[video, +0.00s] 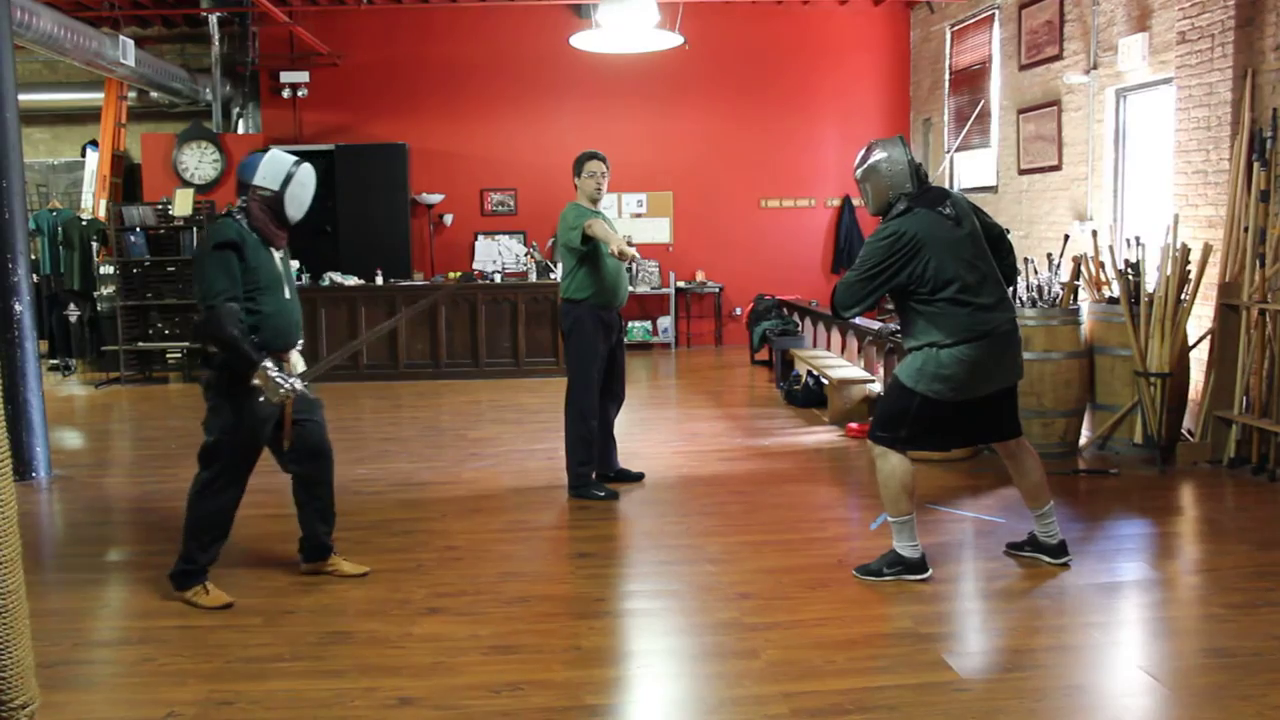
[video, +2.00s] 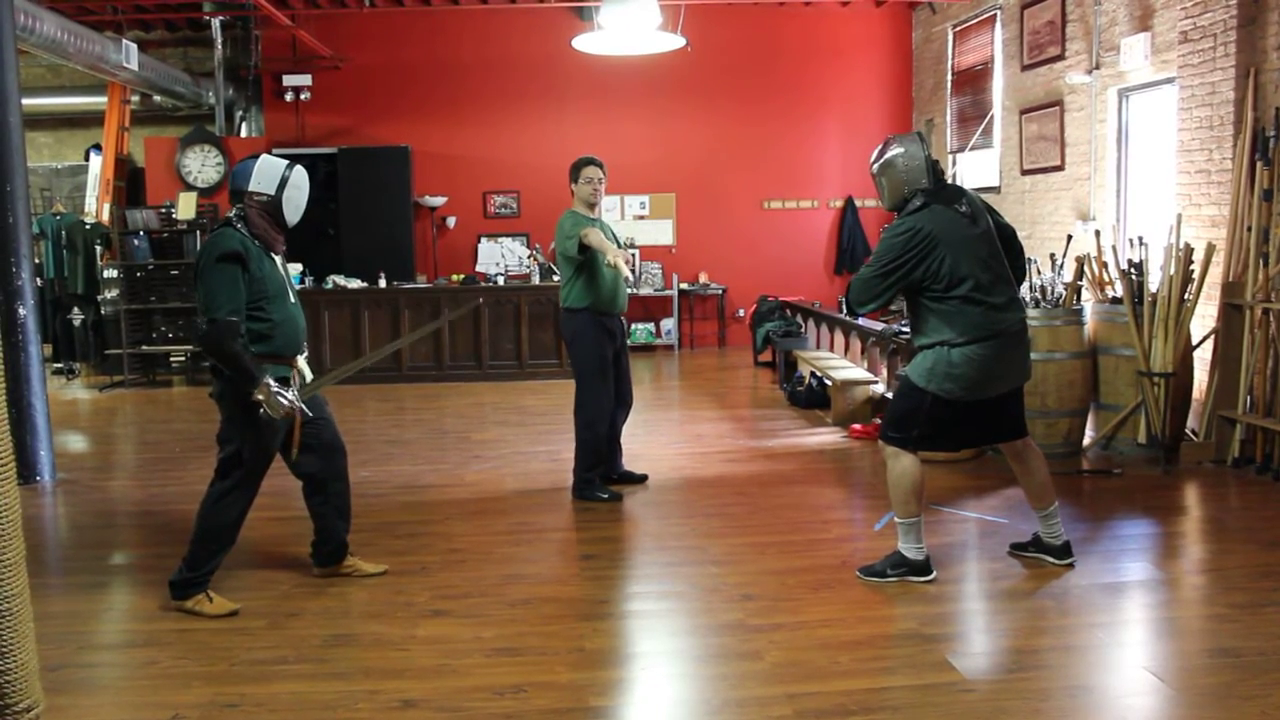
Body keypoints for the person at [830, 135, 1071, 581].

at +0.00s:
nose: (863, 198)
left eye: (865, 188)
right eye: (862, 188)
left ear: (883, 185)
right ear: (911, 177)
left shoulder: (895, 233)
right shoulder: (957, 205)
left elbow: (843, 302)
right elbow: (1003, 249)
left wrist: (882, 275)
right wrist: (992, 297)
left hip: (945, 355)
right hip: (1001, 346)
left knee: (886, 438)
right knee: (1009, 438)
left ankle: (907, 553)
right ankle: (1050, 538)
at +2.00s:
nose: (881, 193)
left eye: (882, 182)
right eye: (880, 183)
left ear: (899, 179)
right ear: (928, 172)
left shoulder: (910, 228)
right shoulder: (974, 206)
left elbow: (859, 296)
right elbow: (1016, 259)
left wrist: (888, 277)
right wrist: (992, 298)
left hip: (954, 356)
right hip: (1009, 348)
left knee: (898, 439)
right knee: (1016, 440)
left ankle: (911, 554)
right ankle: (1054, 539)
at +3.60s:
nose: (876, 182)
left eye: (877, 172)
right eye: (874, 173)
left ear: (893, 171)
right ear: (924, 164)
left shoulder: (906, 220)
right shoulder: (968, 201)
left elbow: (853, 289)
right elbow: (1009, 250)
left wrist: (893, 265)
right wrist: (995, 296)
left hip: (945, 348)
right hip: (998, 340)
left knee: (897, 441)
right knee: (982, 437)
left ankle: (912, 554)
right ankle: (1022, 538)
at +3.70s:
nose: (878, 183)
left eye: (880, 172)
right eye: (877, 173)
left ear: (897, 170)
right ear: (925, 165)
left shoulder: (910, 220)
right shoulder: (972, 203)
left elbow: (857, 290)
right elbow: (1010, 252)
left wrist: (893, 266)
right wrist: (994, 297)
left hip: (947, 351)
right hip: (999, 345)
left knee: (897, 440)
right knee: (982, 437)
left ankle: (912, 554)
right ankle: (1022, 538)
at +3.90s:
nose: (880, 184)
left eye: (883, 173)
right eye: (880, 174)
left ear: (899, 173)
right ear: (928, 167)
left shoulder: (911, 222)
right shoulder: (972, 204)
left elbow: (858, 291)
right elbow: (1010, 251)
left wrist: (895, 267)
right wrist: (994, 299)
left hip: (945, 353)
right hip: (997, 348)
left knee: (883, 433)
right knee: (980, 439)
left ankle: (907, 544)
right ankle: (1022, 538)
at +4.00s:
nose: (875, 186)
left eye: (877, 176)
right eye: (875, 177)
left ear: (894, 176)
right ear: (923, 170)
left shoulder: (906, 224)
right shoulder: (966, 206)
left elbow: (852, 293)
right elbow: (1005, 261)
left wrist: (892, 272)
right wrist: (983, 299)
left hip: (937, 353)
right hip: (990, 348)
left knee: (871, 431)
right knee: (976, 442)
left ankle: (887, 544)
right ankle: (1023, 538)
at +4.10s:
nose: (860, 188)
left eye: (863, 178)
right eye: (861, 179)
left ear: (881, 181)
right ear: (909, 176)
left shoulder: (890, 230)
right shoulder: (953, 211)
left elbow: (837, 296)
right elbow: (992, 259)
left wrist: (882, 269)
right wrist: (971, 298)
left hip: (922, 357)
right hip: (977, 351)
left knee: (858, 433)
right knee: (974, 446)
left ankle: (848, 547)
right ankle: (1023, 539)